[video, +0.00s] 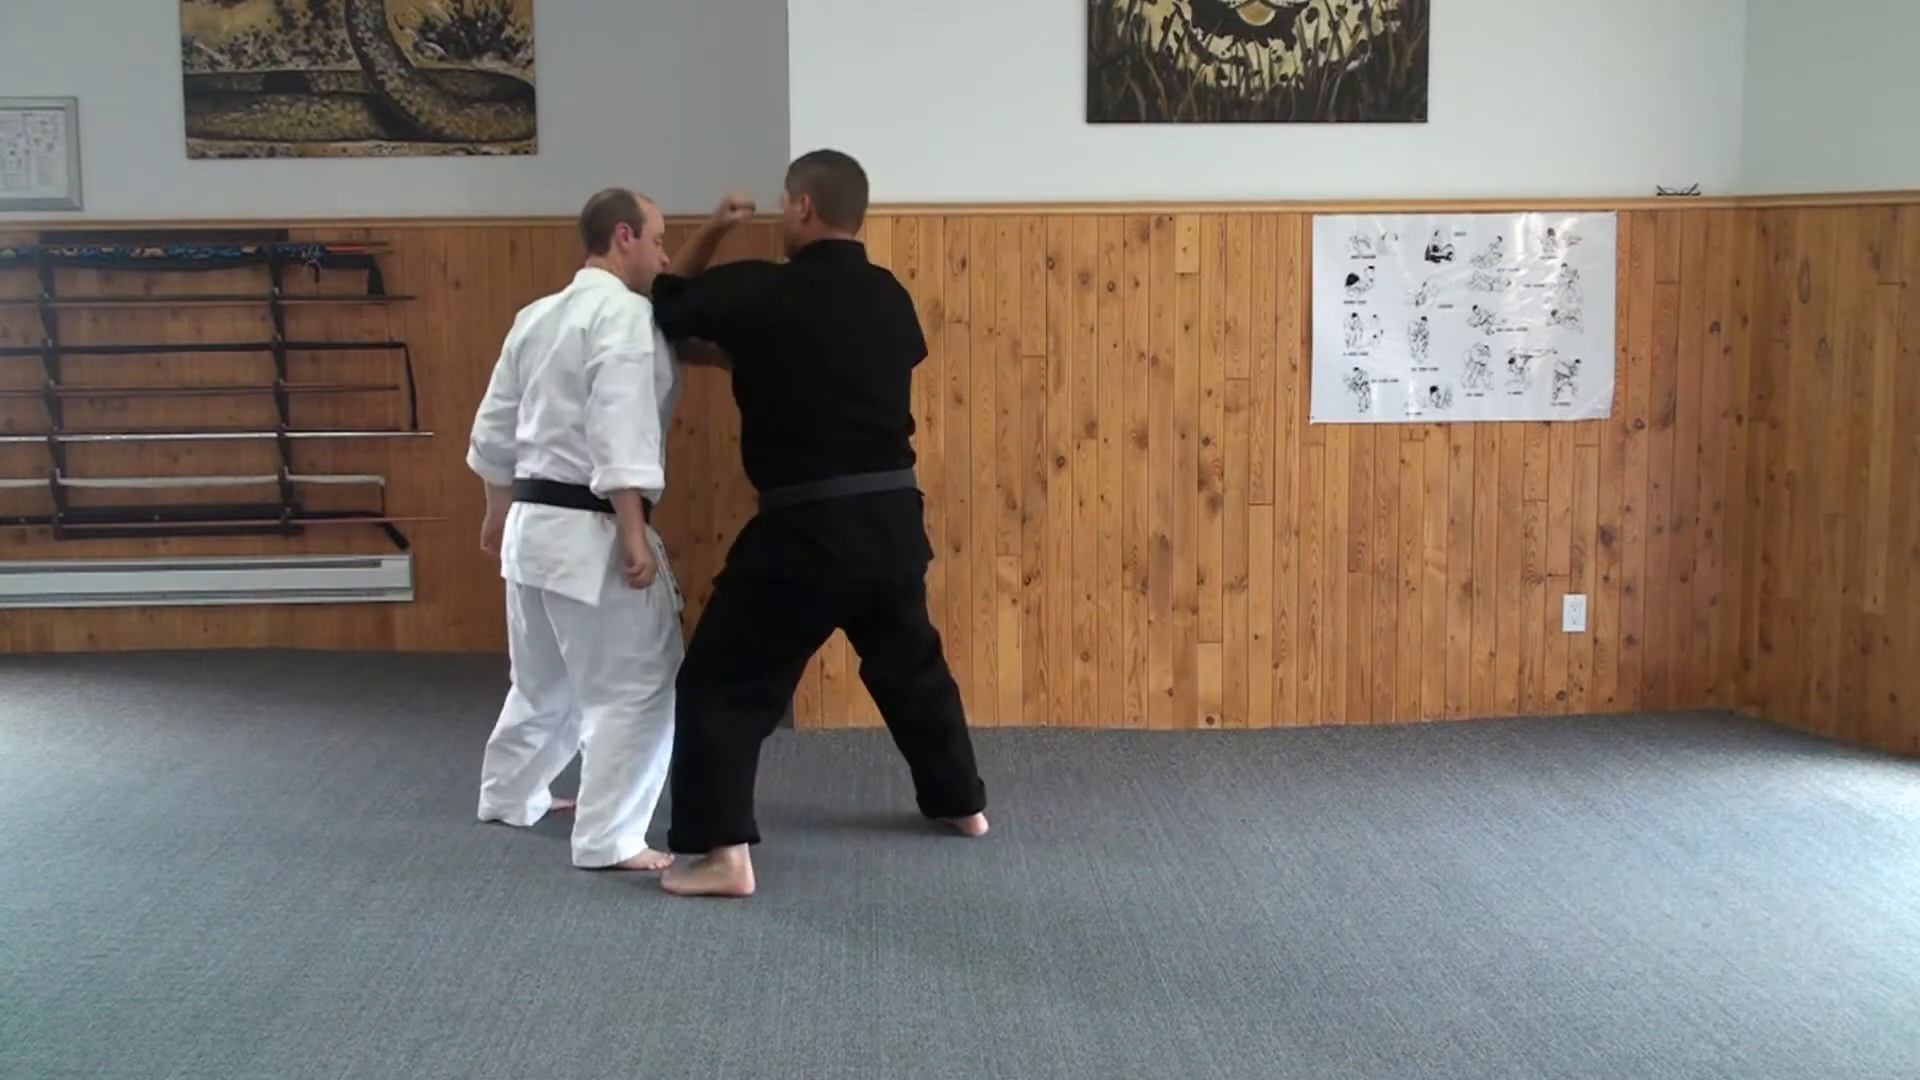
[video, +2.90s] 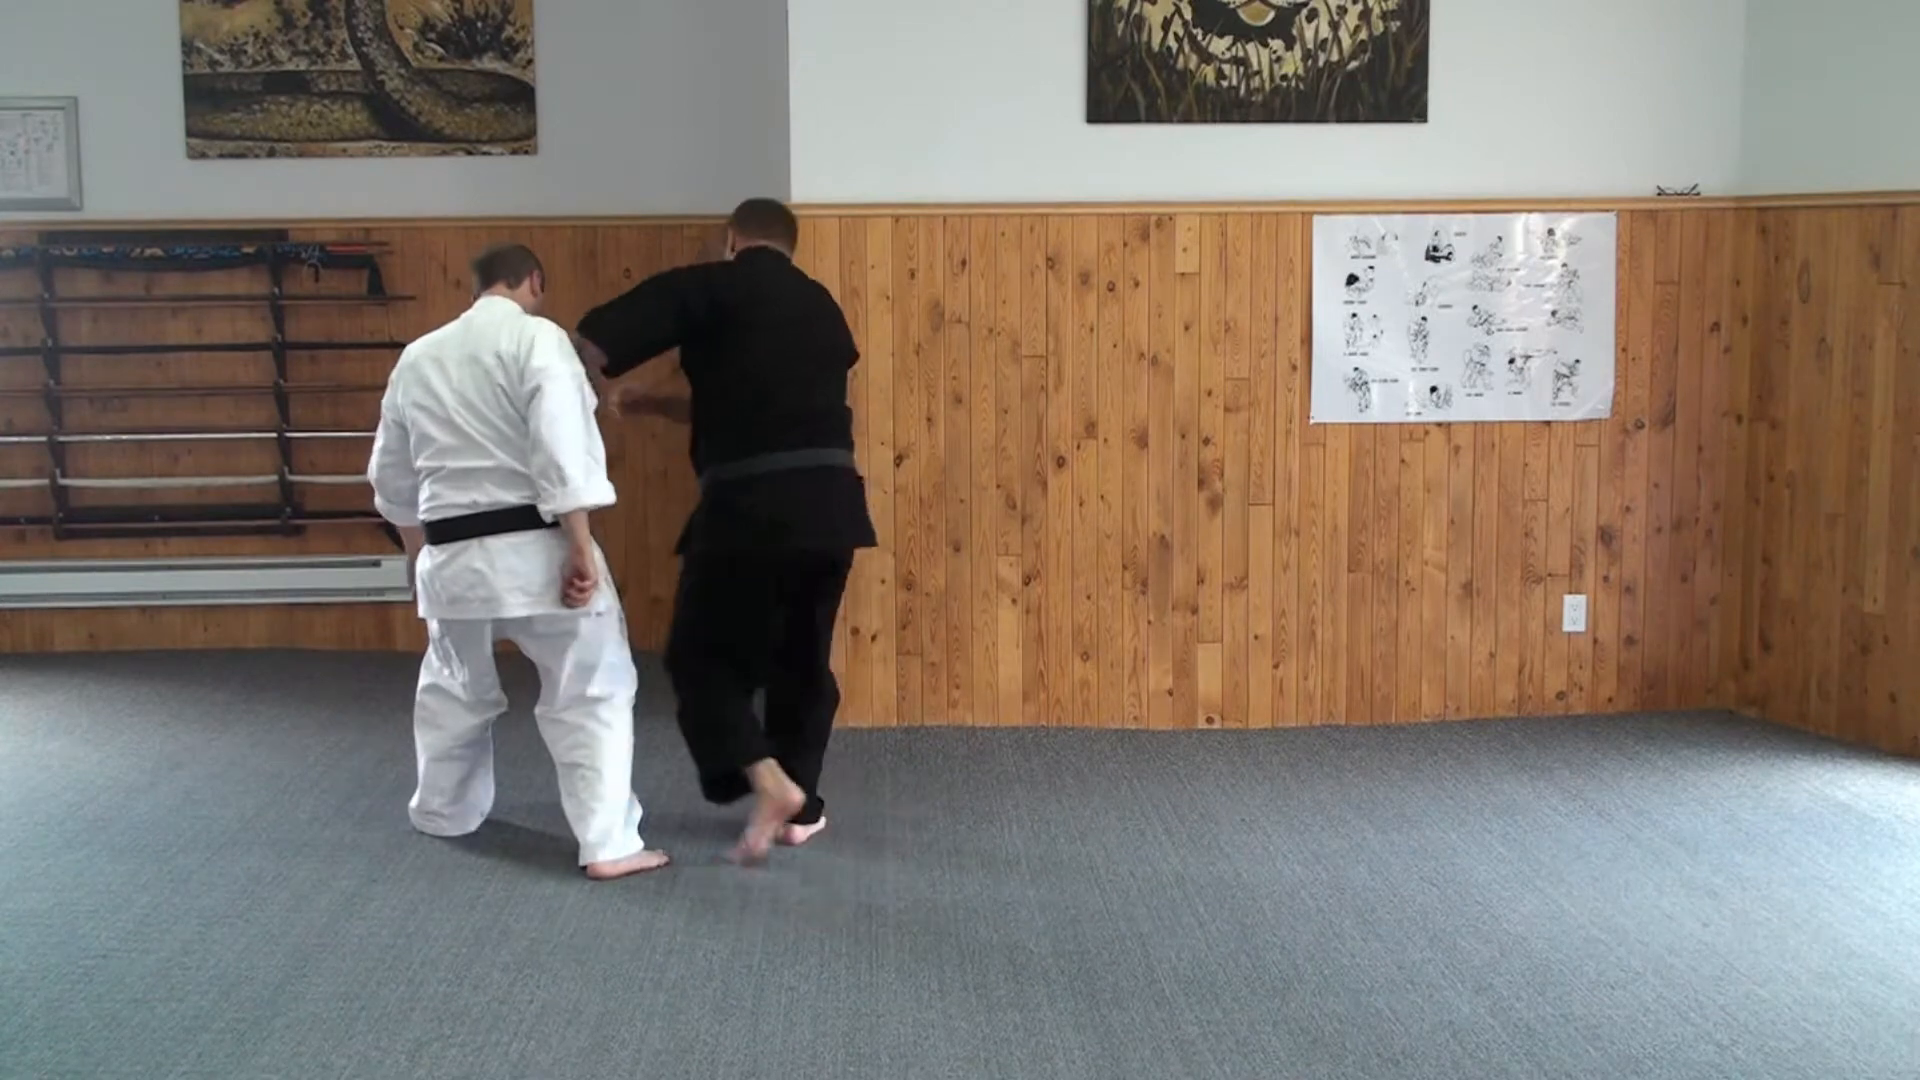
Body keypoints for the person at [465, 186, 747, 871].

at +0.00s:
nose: (664, 253)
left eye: (664, 239)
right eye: (658, 239)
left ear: (598, 243)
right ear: (624, 240)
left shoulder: (536, 315)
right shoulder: (626, 316)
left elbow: (494, 427)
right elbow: (620, 426)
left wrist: (497, 505)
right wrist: (634, 529)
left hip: (529, 527)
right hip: (595, 530)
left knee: (543, 683)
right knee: (640, 685)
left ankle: (510, 798)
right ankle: (611, 840)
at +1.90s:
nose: (618, 281)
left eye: (617, 267)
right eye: (616, 266)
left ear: (554, 262)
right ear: (593, 258)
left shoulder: (485, 325)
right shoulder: (586, 333)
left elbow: (434, 412)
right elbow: (586, 446)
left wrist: (503, 413)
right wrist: (598, 550)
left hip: (485, 541)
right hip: (564, 541)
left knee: (504, 677)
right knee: (610, 687)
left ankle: (501, 797)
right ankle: (610, 835)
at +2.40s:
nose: (556, 295)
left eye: (554, 285)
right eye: (557, 285)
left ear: (495, 282)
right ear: (545, 280)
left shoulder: (434, 357)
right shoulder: (556, 344)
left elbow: (405, 460)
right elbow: (583, 448)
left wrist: (463, 494)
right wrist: (616, 541)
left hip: (462, 559)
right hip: (554, 553)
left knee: (461, 679)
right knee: (601, 690)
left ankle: (442, 809)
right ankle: (610, 843)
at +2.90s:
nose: (540, 303)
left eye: (538, 294)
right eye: (542, 293)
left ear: (477, 287)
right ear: (530, 286)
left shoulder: (418, 355)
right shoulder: (539, 338)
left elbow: (389, 471)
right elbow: (559, 443)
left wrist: (417, 545)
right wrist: (581, 541)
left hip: (450, 560)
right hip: (538, 551)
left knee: (454, 680)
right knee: (592, 688)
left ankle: (444, 811)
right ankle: (608, 844)